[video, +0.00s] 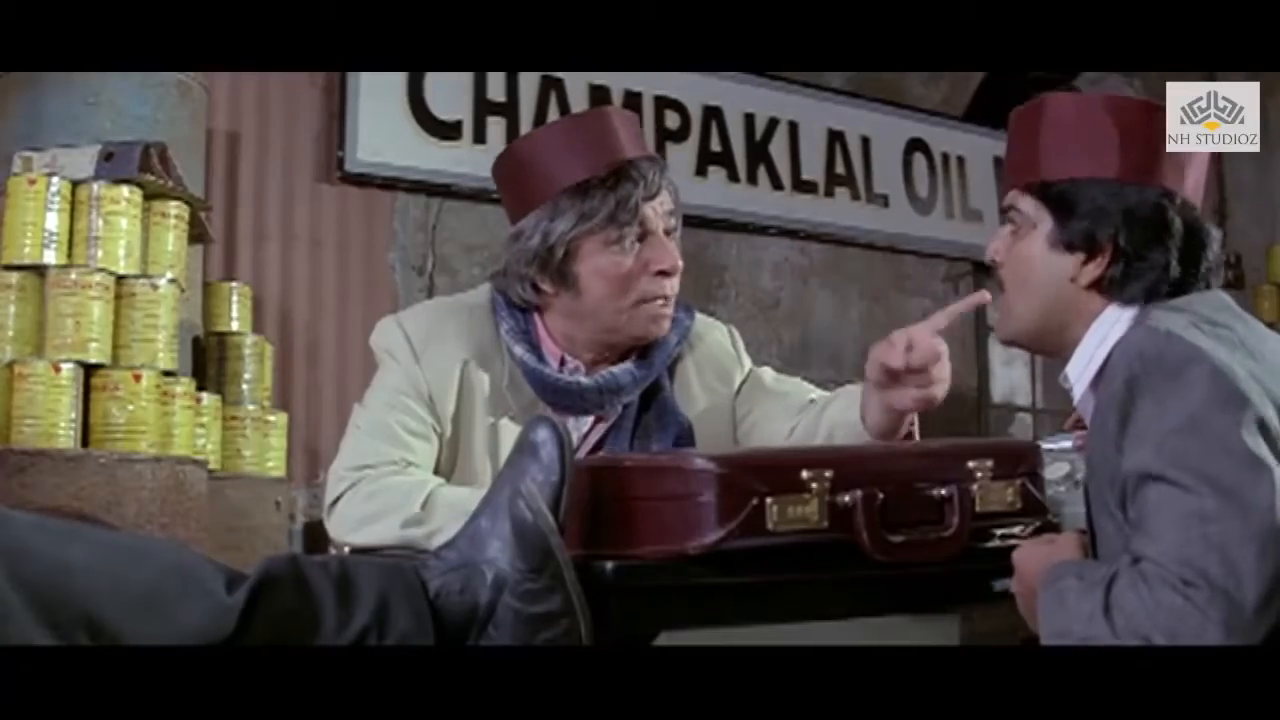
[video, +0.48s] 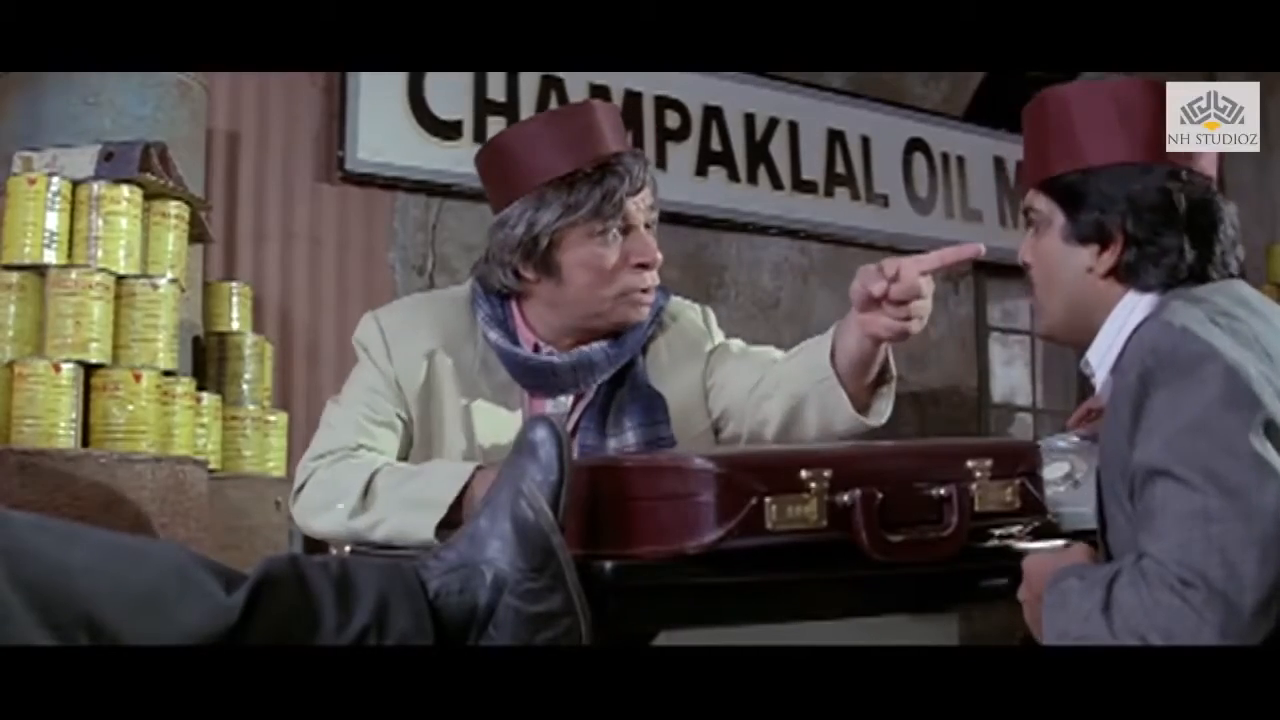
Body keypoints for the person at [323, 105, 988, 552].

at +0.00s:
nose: (667, 261)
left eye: (671, 234)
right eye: (629, 242)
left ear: (682, 240)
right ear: (546, 268)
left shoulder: (702, 353)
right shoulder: (427, 348)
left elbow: (789, 425)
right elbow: (365, 502)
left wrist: (876, 409)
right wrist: (560, 537)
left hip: (663, 628)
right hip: (473, 634)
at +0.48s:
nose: (650, 255)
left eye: (651, 230)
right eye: (616, 235)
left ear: (658, 230)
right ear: (530, 252)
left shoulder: (682, 340)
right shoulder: (405, 343)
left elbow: (781, 406)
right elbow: (325, 493)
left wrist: (861, 335)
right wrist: (477, 491)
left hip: (647, 620)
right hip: (457, 630)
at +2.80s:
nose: (571, 313)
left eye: (590, 285)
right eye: (544, 285)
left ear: (609, 271)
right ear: (484, 269)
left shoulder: (655, 365)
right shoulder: (379, 350)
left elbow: (691, 496)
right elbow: (301, 492)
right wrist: (429, 504)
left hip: (598, 625)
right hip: (429, 629)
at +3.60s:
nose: (560, 299)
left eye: (578, 273)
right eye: (533, 273)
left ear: (599, 267)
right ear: (476, 264)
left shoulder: (649, 363)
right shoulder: (374, 350)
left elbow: (692, 491)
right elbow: (294, 492)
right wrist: (406, 508)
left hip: (595, 623)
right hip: (427, 627)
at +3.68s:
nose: (560, 300)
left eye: (578, 273)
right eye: (533, 274)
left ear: (599, 267)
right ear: (476, 265)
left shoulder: (650, 363)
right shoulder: (374, 350)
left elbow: (692, 490)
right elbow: (294, 492)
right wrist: (409, 508)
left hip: (598, 622)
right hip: (428, 626)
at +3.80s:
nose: (558, 299)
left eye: (577, 273)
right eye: (532, 272)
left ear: (599, 268)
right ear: (475, 264)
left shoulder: (650, 363)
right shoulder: (373, 350)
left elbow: (691, 492)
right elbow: (294, 492)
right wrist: (409, 509)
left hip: (599, 622)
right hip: (426, 627)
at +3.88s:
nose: (558, 299)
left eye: (576, 273)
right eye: (532, 272)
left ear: (598, 268)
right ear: (475, 263)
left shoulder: (650, 363)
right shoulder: (373, 350)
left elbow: (689, 492)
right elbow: (294, 492)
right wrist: (412, 508)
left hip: (598, 623)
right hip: (427, 627)